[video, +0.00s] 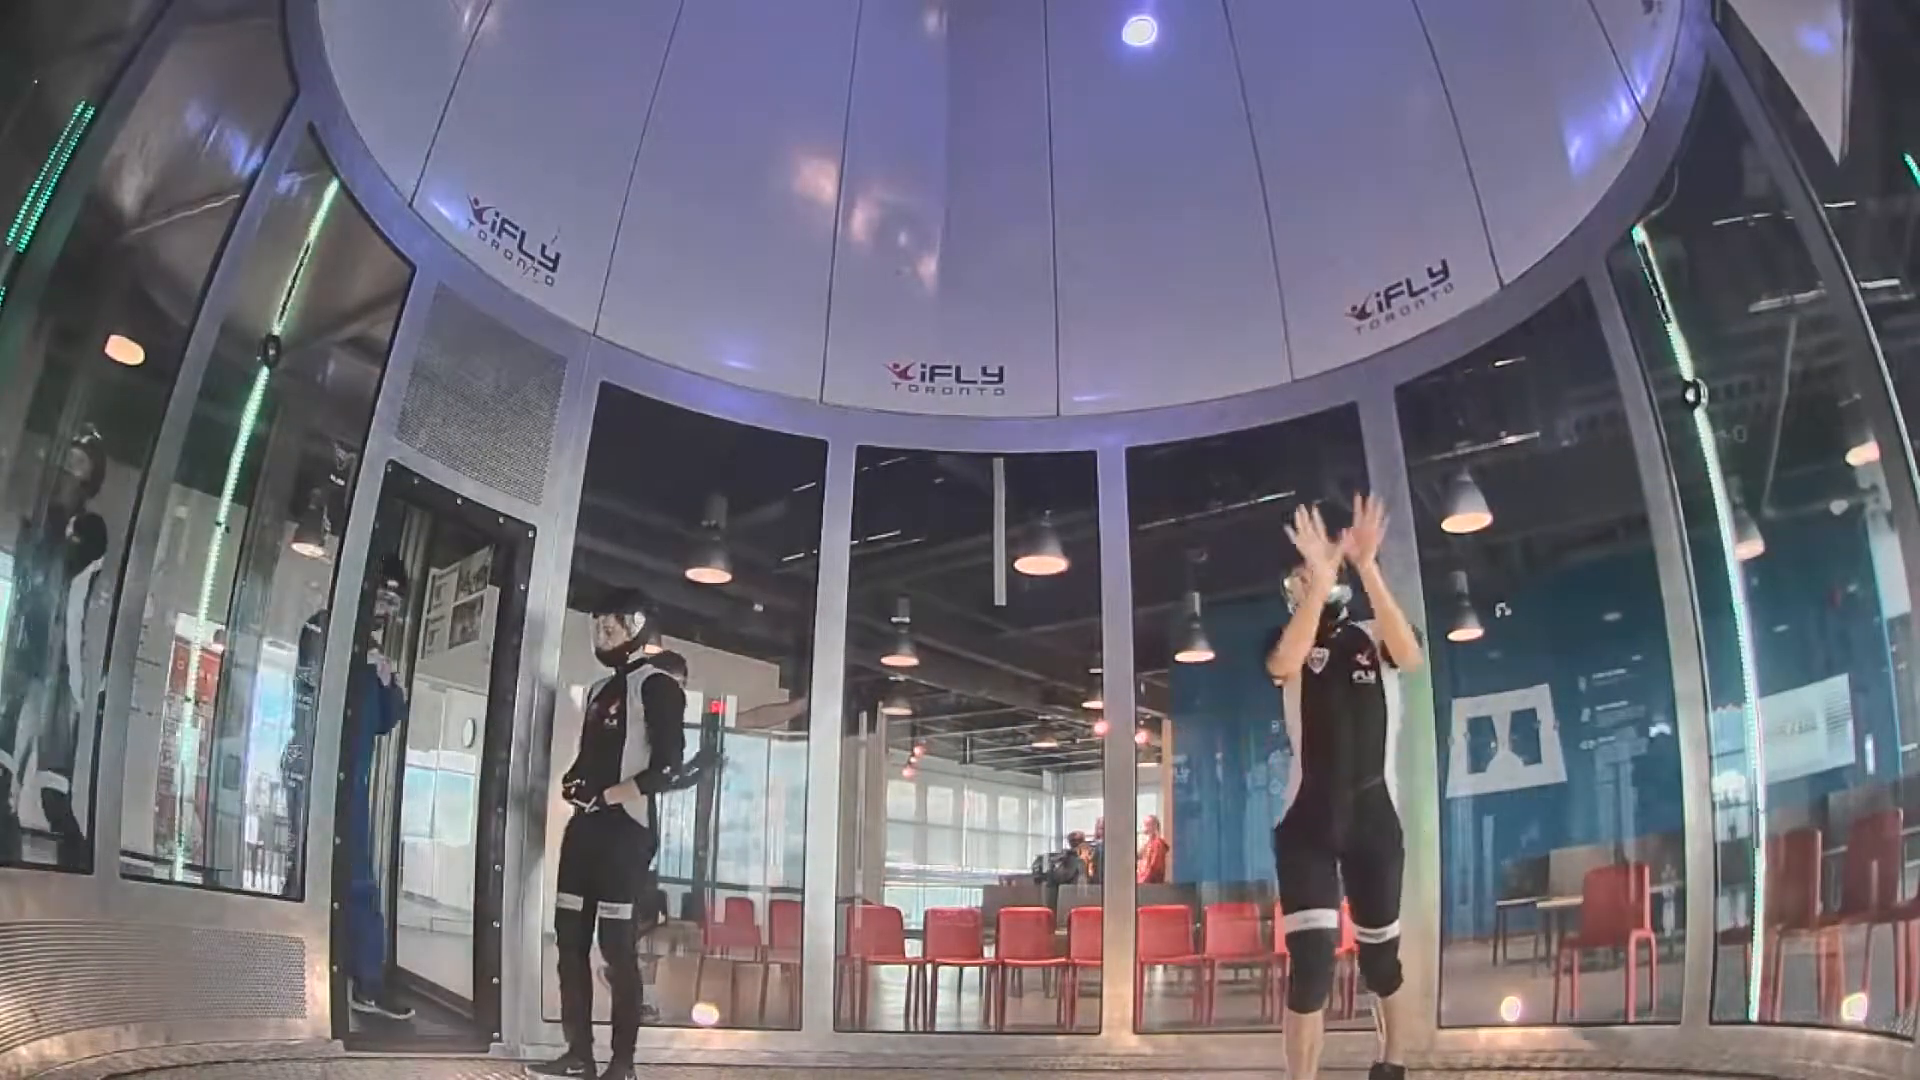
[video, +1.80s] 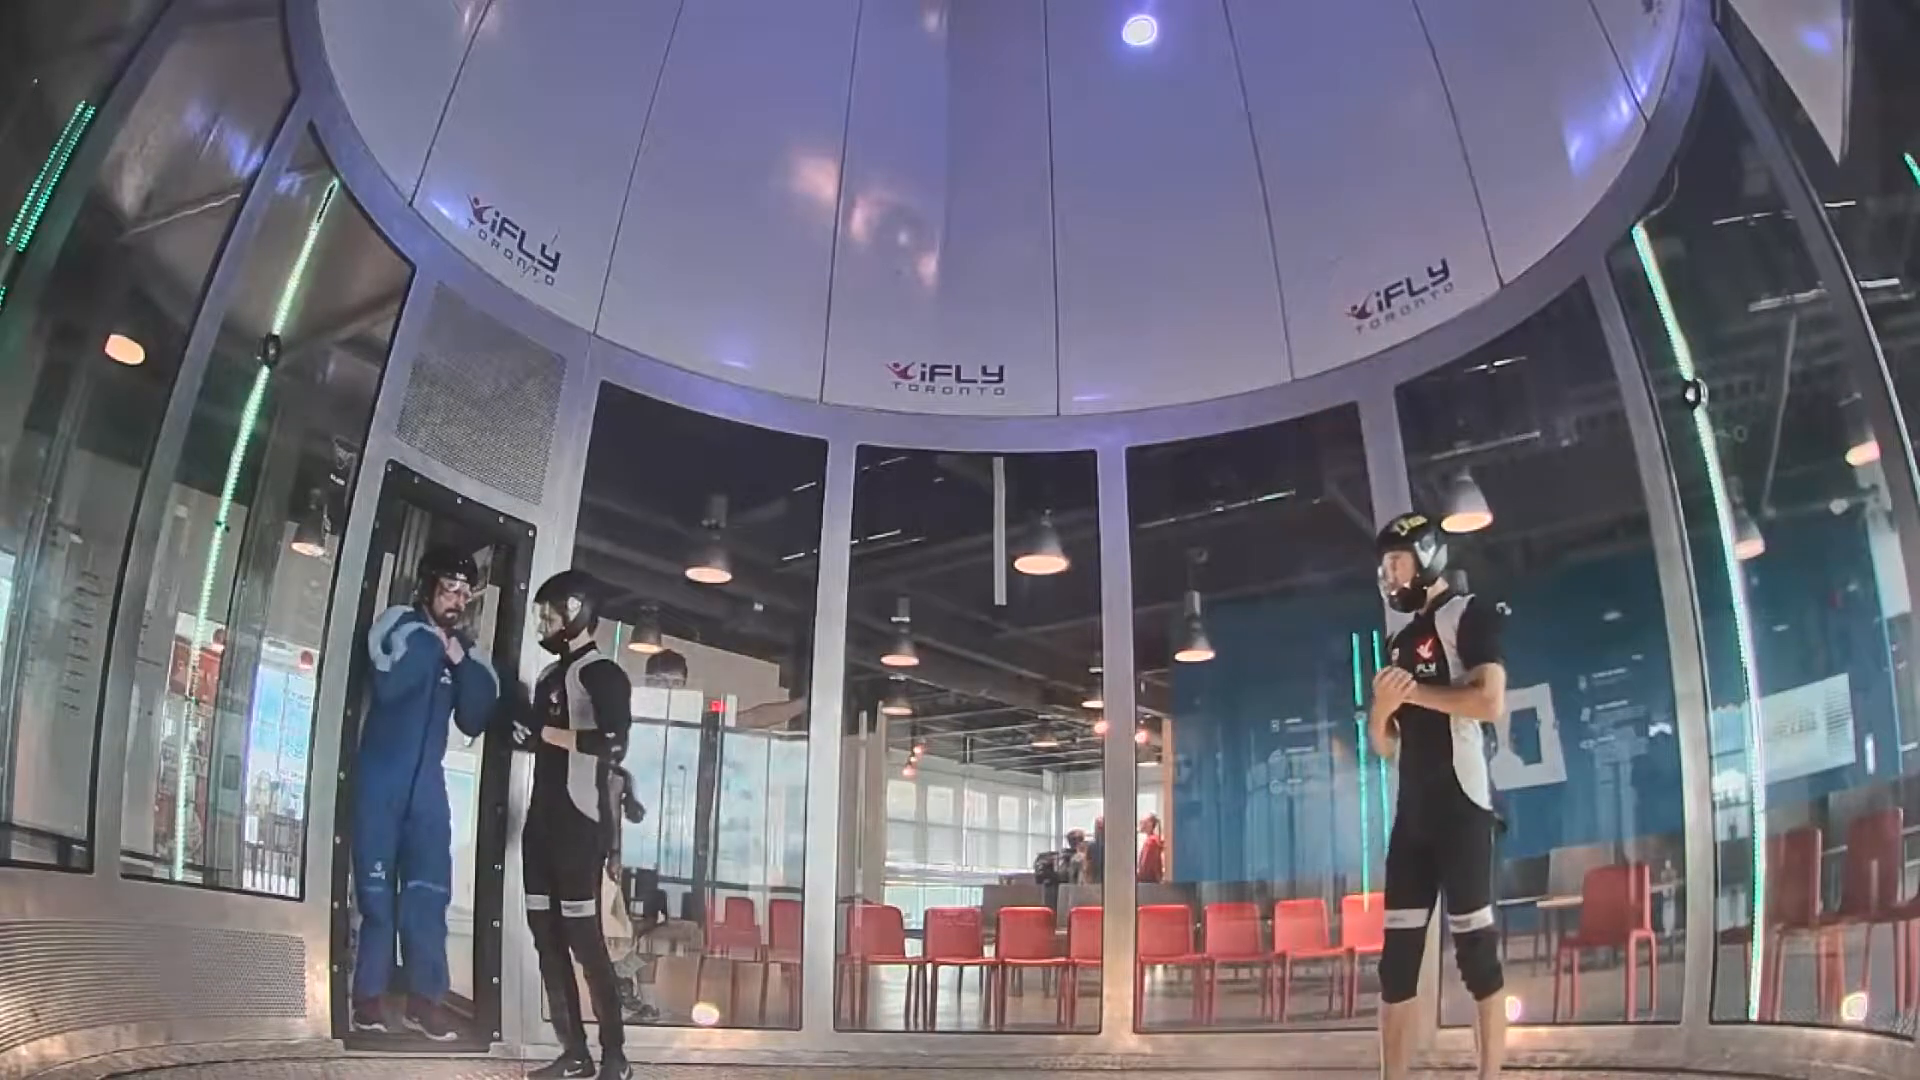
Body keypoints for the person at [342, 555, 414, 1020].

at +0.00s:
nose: (389, 608)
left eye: (395, 600)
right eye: (384, 596)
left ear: (397, 606)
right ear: (361, 591)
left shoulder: (373, 656)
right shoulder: (326, 635)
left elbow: (382, 720)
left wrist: (388, 684)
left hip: (351, 777)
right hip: (321, 773)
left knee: (359, 875)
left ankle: (368, 983)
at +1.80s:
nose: (453, 599)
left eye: (462, 592)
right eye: (447, 587)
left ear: (469, 598)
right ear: (428, 585)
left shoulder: (466, 648)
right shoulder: (398, 624)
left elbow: (474, 720)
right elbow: (388, 689)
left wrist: (465, 660)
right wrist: (430, 639)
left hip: (429, 779)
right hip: (381, 773)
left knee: (430, 887)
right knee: (376, 888)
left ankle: (426, 1001)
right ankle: (368, 1001)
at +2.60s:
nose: (516, 624)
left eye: (527, 616)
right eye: (509, 610)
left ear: (533, 622)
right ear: (487, 606)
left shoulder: (525, 663)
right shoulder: (457, 653)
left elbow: (564, 720)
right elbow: (432, 720)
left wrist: (533, 684)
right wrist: (488, 678)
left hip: (489, 808)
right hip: (438, 800)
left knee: (470, 912)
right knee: (450, 899)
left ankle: (430, 1018)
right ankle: (404, 1021)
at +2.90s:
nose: (558, 657)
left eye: (569, 649)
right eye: (550, 642)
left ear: (577, 653)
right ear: (525, 635)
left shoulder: (567, 691)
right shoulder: (492, 676)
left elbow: (622, 735)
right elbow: (452, 726)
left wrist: (596, 731)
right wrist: (539, 715)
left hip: (504, 833)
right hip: (447, 823)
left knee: (487, 951)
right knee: (449, 935)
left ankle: (427, 1012)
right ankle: (401, 1051)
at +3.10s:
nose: (600, 683)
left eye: (605, 674)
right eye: (592, 668)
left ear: (606, 676)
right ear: (559, 660)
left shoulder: (586, 711)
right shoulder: (508, 690)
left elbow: (634, 722)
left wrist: (690, 733)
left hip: (520, 861)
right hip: (460, 846)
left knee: (495, 974)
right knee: (471, 968)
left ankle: (422, 1034)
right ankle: (405, 1032)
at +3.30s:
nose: (618, 722)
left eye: (630, 714)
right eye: (609, 707)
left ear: (640, 719)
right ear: (583, 698)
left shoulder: (629, 744)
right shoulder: (540, 721)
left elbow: (700, 722)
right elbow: (508, 645)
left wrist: (768, 705)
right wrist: (574, 617)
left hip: (535, 899)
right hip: (477, 876)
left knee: (488, 1014)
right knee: (478, 1008)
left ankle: (420, 1044)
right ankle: (407, 1037)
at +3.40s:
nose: (663, 745)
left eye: (675, 733)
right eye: (653, 728)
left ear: (684, 728)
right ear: (624, 709)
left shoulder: (675, 735)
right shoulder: (579, 718)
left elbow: (748, 706)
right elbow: (555, 624)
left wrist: (826, 670)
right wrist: (590, 554)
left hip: (548, 896)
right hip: (493, 875)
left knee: (480, 1002)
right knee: (465, 1005)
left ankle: (423, 1049)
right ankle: (408, 1053)